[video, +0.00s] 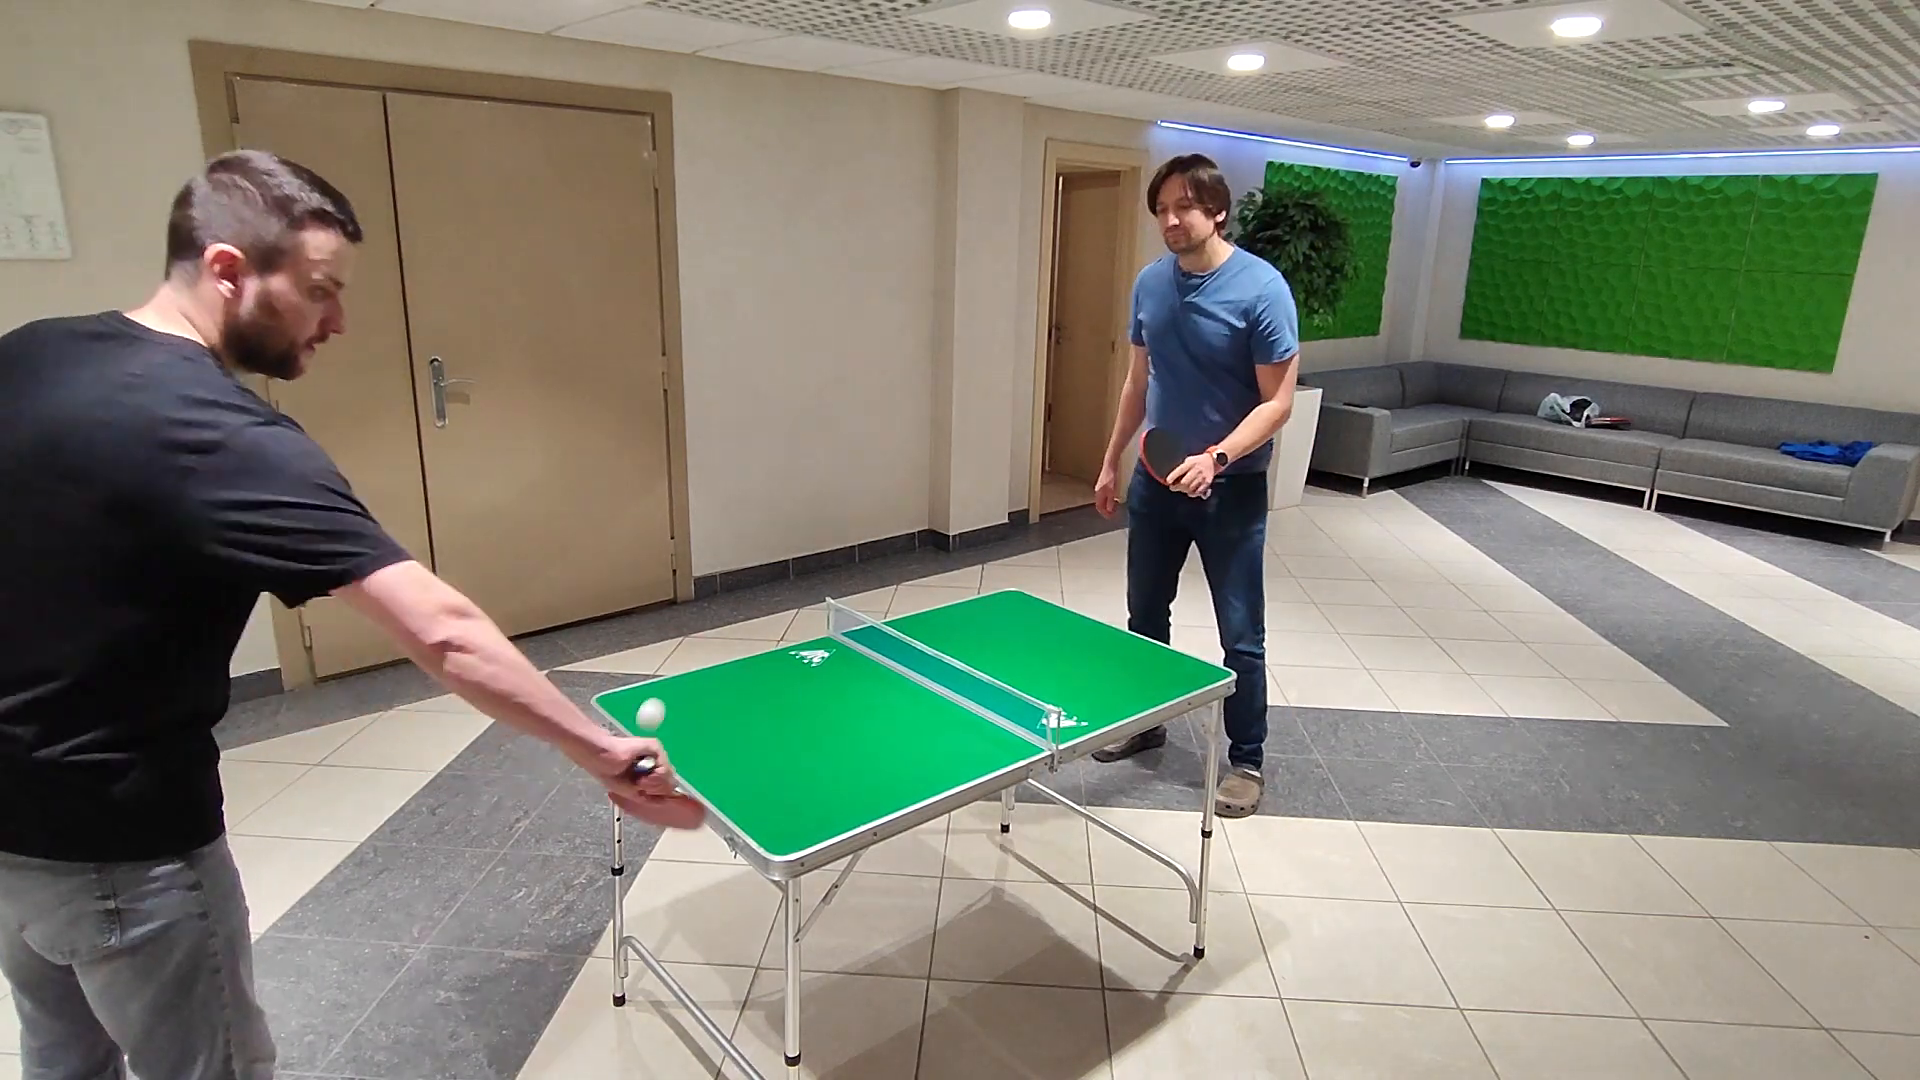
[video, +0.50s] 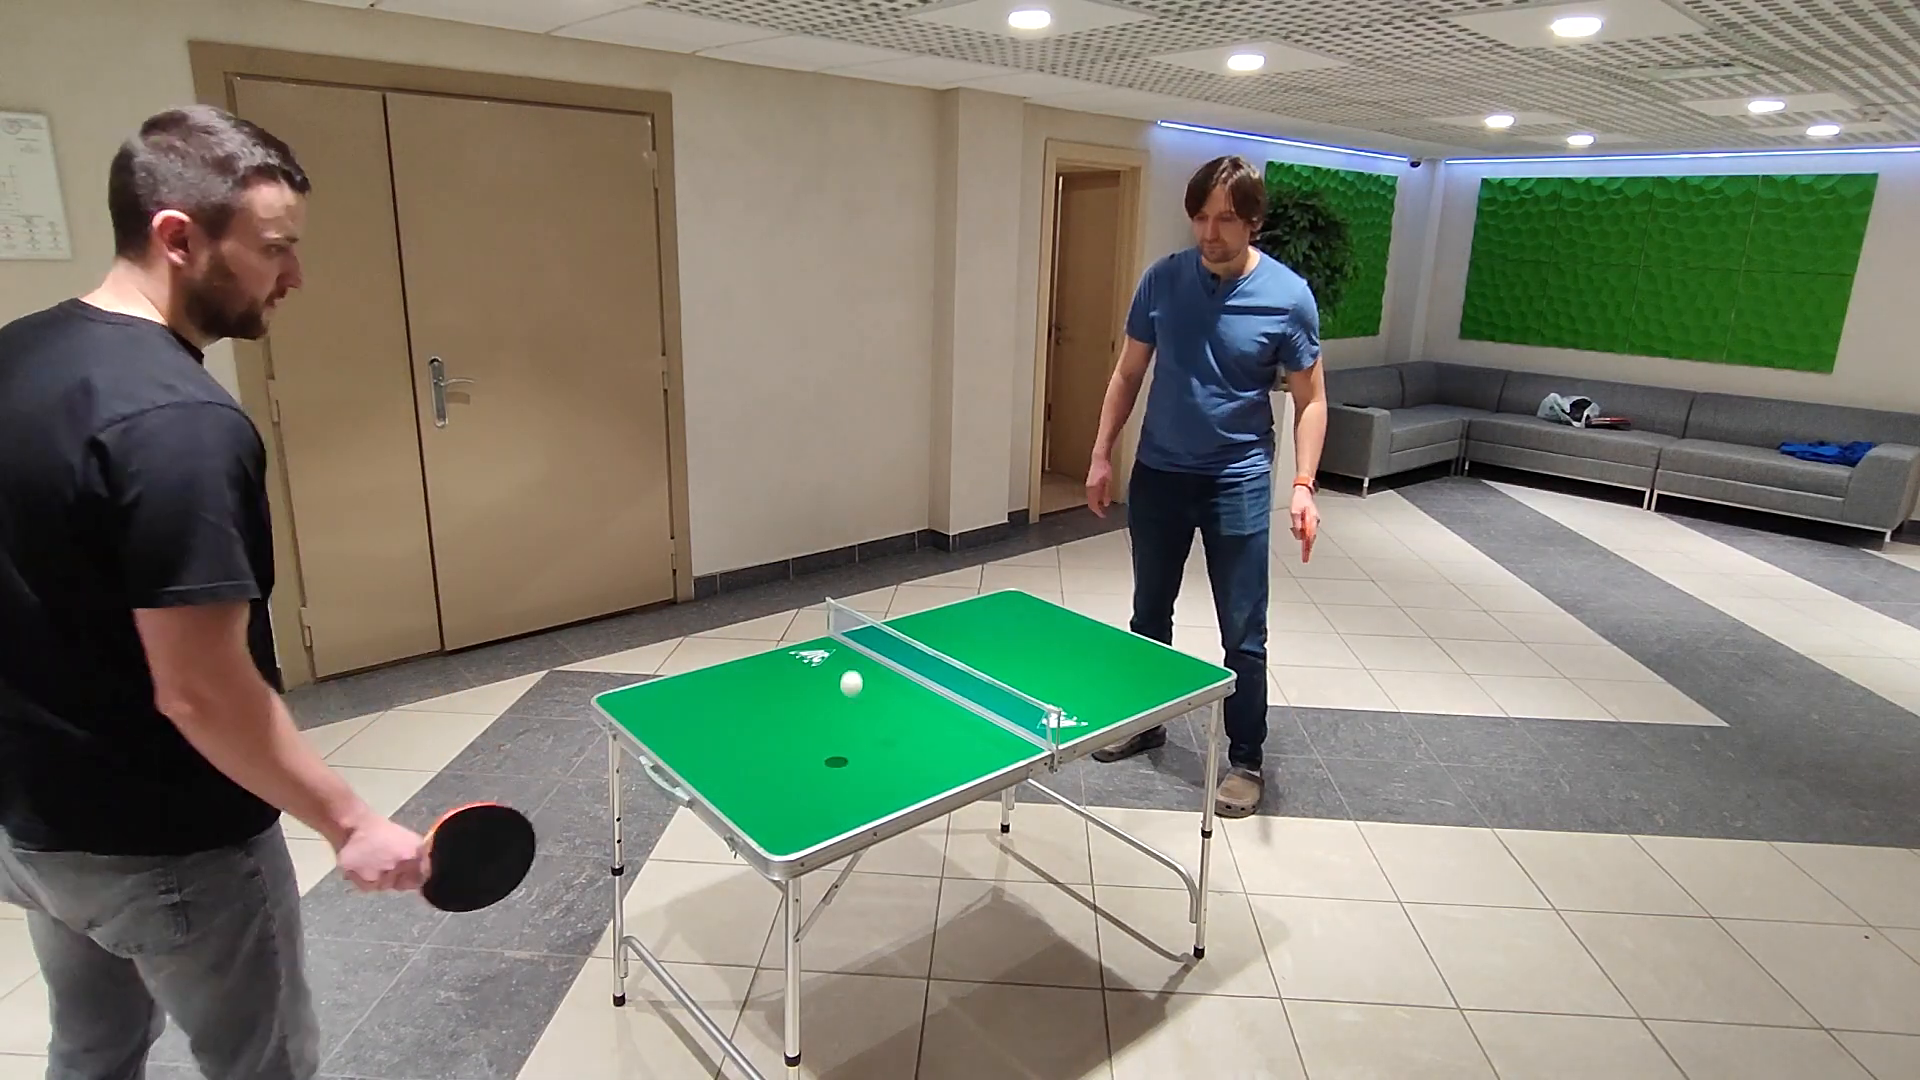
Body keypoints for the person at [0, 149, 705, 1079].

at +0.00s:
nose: (337, 322)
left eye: (339, 294)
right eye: (321, 288)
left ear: (222, 270)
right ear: (226, 271)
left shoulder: (26, 356)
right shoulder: (226, 433)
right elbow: (443, 633)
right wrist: (610, 752)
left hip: (9, 844)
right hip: (129, 864)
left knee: (60, 1067)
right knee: (216, 1067)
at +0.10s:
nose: (368, 337)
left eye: (371, 310)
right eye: (355, 307)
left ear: (248, 288)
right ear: (265, 292)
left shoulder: (40, 355)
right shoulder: (262, 446)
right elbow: (467, 643)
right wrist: (626, 763)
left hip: (3, 833)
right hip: (124, 853)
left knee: (52, 1068)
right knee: (211, 1069)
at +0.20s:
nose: (370, 331)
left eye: (375, 306)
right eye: (359, 301)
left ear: (254, 277)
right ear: (271, 281)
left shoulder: (39, 353)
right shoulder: (269, 445)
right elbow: (437, 656)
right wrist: (584, 776)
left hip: (6, 834)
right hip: (140, 857)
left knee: (50, 1065)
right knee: (215, 1067)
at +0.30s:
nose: (355, 316)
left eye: (358, 290)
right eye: (343, 286)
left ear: (248, 265)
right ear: (254, 268)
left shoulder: (31, 355)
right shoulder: (252, 432)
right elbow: (366, 679)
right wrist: (519, 794)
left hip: (17, 825)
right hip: (154, 851)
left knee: (72, 1060)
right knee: (222, 1064)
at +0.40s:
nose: (330, 293)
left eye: (330, 265)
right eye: (313, 263)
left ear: (213, 249)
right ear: (218, 251)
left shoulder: (25, 354)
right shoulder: (219, 423)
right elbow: (280, 693)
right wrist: (433, 812)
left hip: (25, 823)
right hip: (169, 853)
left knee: (91, 1056)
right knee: (231, 1066)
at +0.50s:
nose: (295, 277)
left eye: (294, 248)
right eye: (278, 246)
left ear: (171, 239)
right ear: (177, 239)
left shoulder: (18, 352)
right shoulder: (182, 422)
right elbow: (204, 688)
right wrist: (348, 822)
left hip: (36, 821)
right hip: (176, 847)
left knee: (90, 1056)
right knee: (269, 1063)